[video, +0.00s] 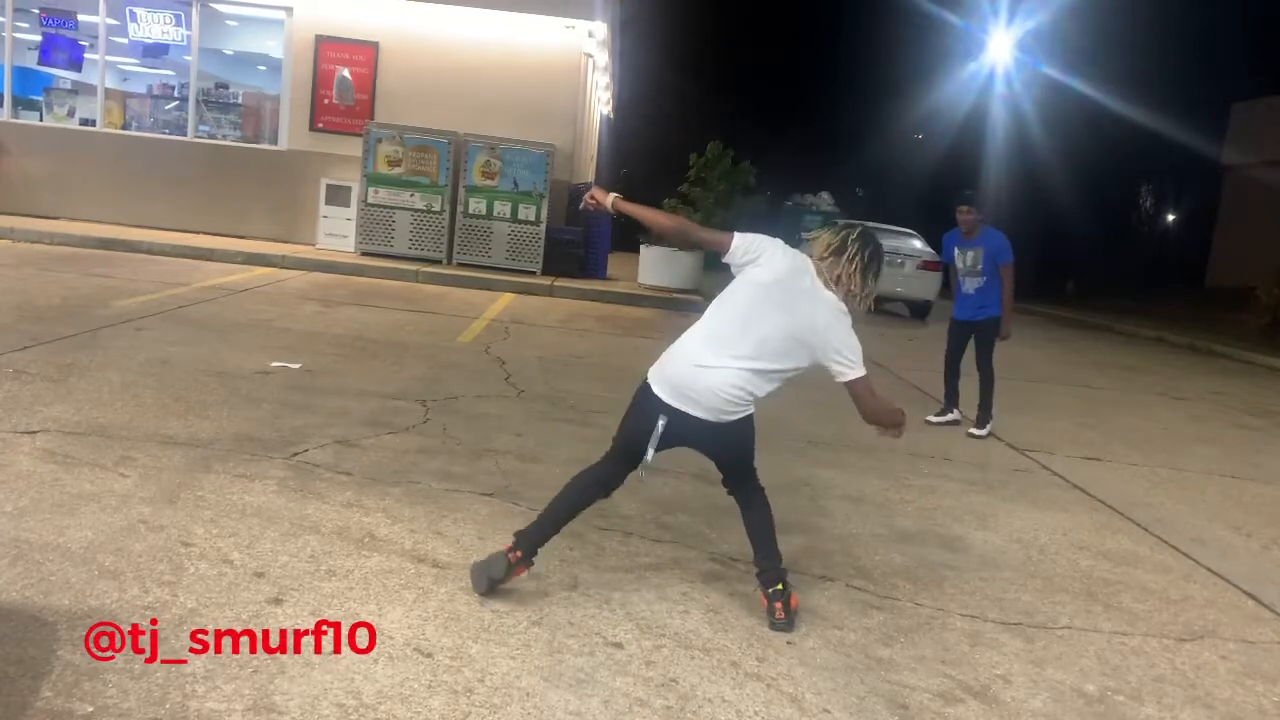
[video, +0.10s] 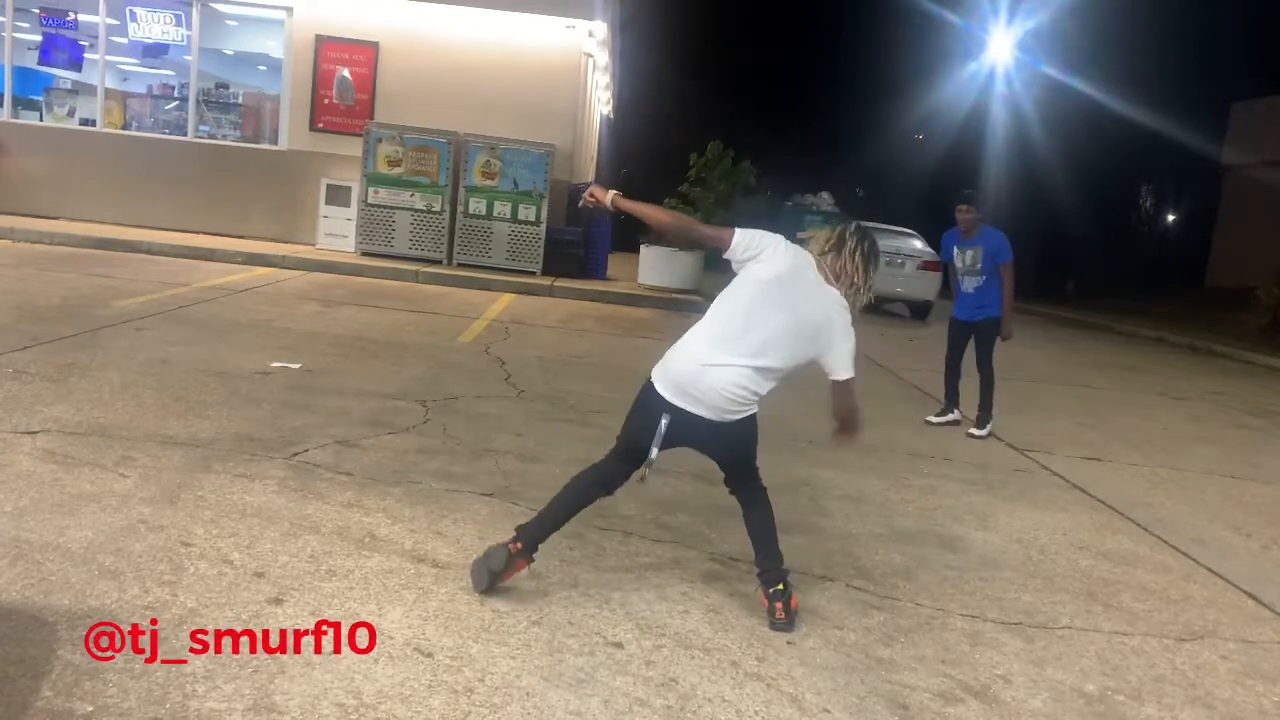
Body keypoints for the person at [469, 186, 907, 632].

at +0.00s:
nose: (862, 294)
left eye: (860, 282)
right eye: (865, 284)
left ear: (826, 250)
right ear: (856, 278)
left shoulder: (771, 252)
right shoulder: (834, 322)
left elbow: (687, 232)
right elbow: (871, 408)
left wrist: (617, 203)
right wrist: (894, 418)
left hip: (661, 391)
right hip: (724, 418)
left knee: (610, 468)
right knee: (746, 488)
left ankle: (520, 550)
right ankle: (776, 592)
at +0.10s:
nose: (859, 285)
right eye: (863, 276)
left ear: (821, 246)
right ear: (857, 272)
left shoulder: (774, 249)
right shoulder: (836, 316)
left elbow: (689, 229)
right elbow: (846, 410)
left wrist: (619, 201)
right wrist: (845, 425)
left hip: (665, 391)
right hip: (727, 420)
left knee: (612, 468)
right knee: (749, 489)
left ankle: (519, 546)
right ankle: (777, 594)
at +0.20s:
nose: (852, 289)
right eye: (856, 280)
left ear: (815, 244)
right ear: (852, 273)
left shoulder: (778, 247)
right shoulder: (832, 317)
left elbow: (693, 227)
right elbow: (793, 400)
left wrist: (619, 196)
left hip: (669, 389)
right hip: (732, 420)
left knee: (612, 465)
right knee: (756, 489)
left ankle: (521, 541)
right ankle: (779, 594)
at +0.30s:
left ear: (796, 237)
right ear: (830, 265)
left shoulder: (771, 246)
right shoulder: (813, 315)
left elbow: (694, 217)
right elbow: (778, 364)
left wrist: (620, 176)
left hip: (669, 394)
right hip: (733, 419)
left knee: (608, 468)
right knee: (753, 486)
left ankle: (515, 545)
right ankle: (778, 591)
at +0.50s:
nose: (773, 223)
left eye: (784, 222)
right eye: (779, 219)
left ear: (794, 238)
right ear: (811, 258)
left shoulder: (757, 246)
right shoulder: (797, 312)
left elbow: (686, 240)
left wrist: (601, 213)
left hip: (665, 394)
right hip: (727, 421)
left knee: (606, 464)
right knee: (747, 487)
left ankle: (512, 548)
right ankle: (778, 592)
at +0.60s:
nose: (768, 224)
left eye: (778, 222)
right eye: (774, 220)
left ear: (787, 238)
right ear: (805, 259)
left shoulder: (749, 248)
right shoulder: (795, 313)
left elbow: (695, 284)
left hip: (666, 396)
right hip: (728, 420)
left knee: (606, 465)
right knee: (747, 484)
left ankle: (513, 547)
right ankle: (778, 589)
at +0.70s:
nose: (765, 221)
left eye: (775, 218)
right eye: (773, 216)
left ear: (785, 231)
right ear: (805, 253)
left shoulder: (741, 249)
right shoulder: (792, 309)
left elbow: (693, 308)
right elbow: (750, 362)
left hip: (670, 400)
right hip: (730, 423)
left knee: (604, 468)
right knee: (748, 485)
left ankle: (512, 549)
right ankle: (778, 591)